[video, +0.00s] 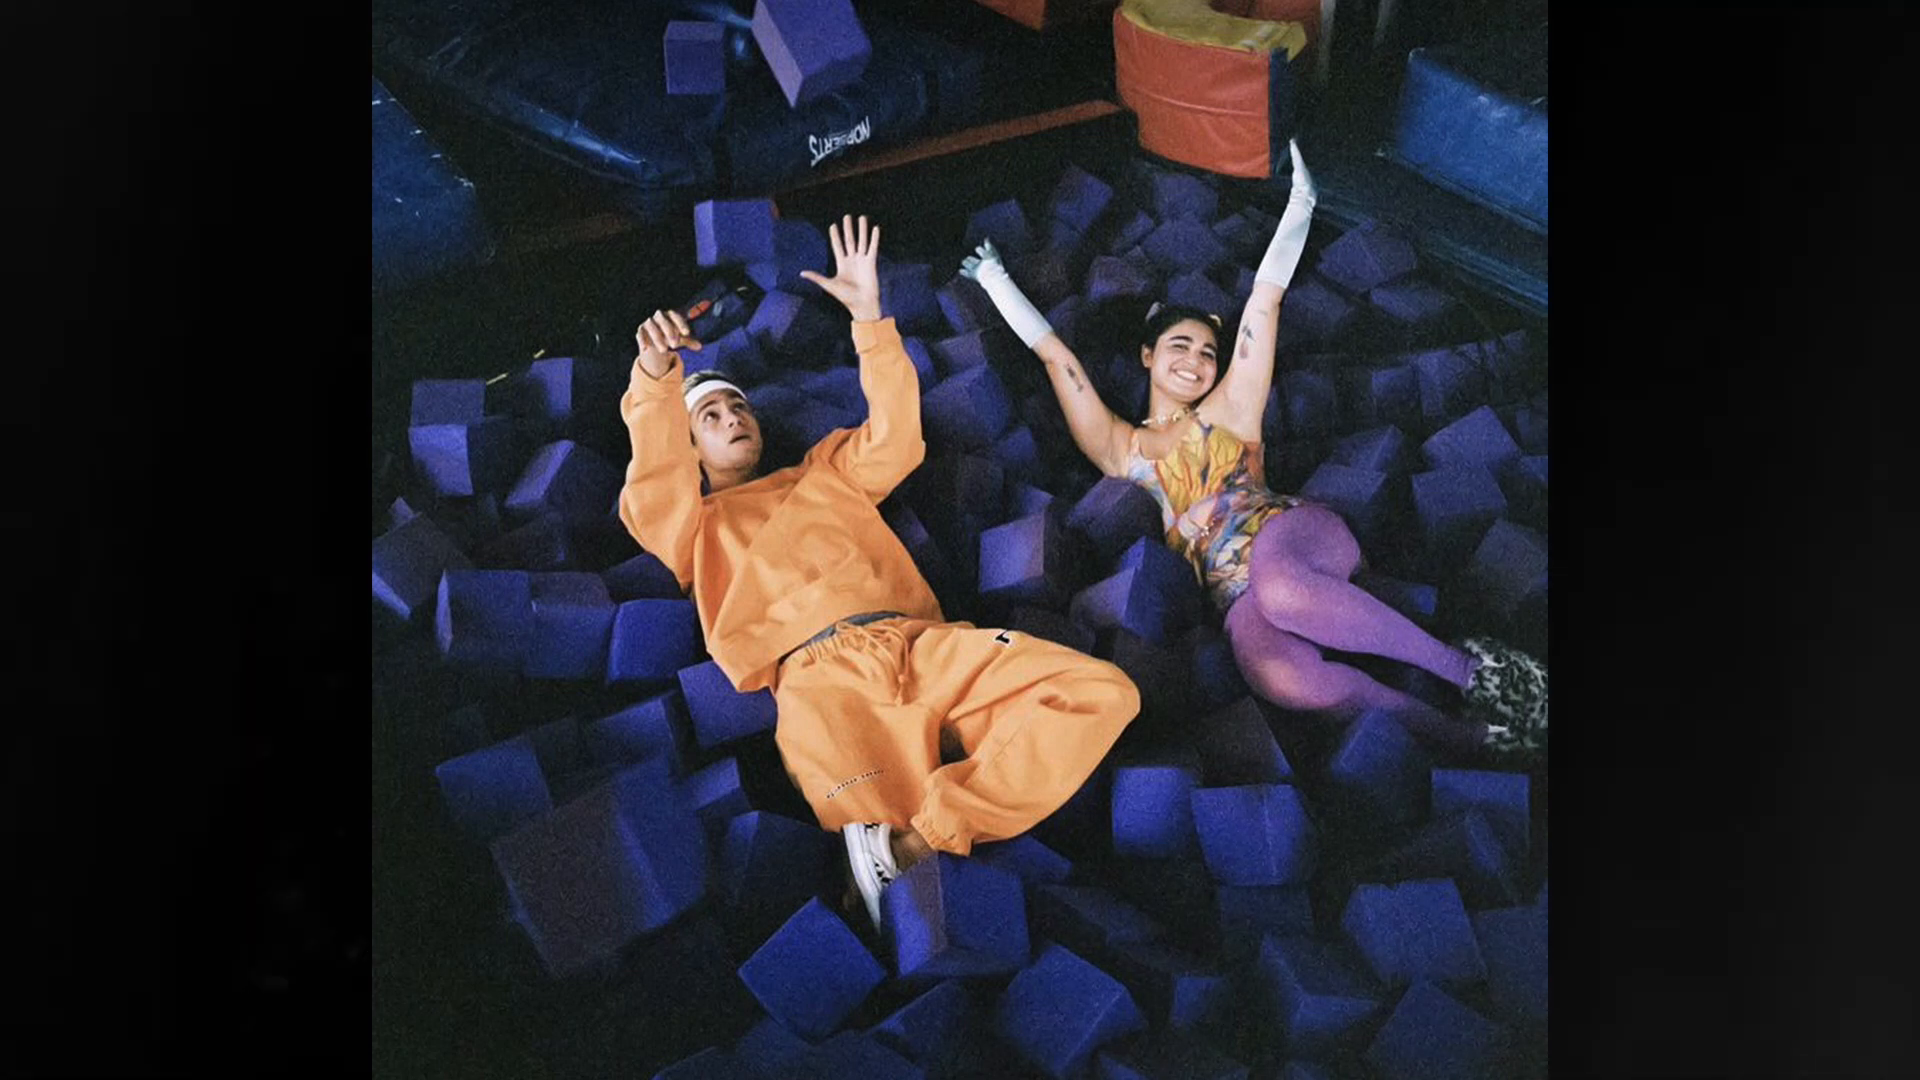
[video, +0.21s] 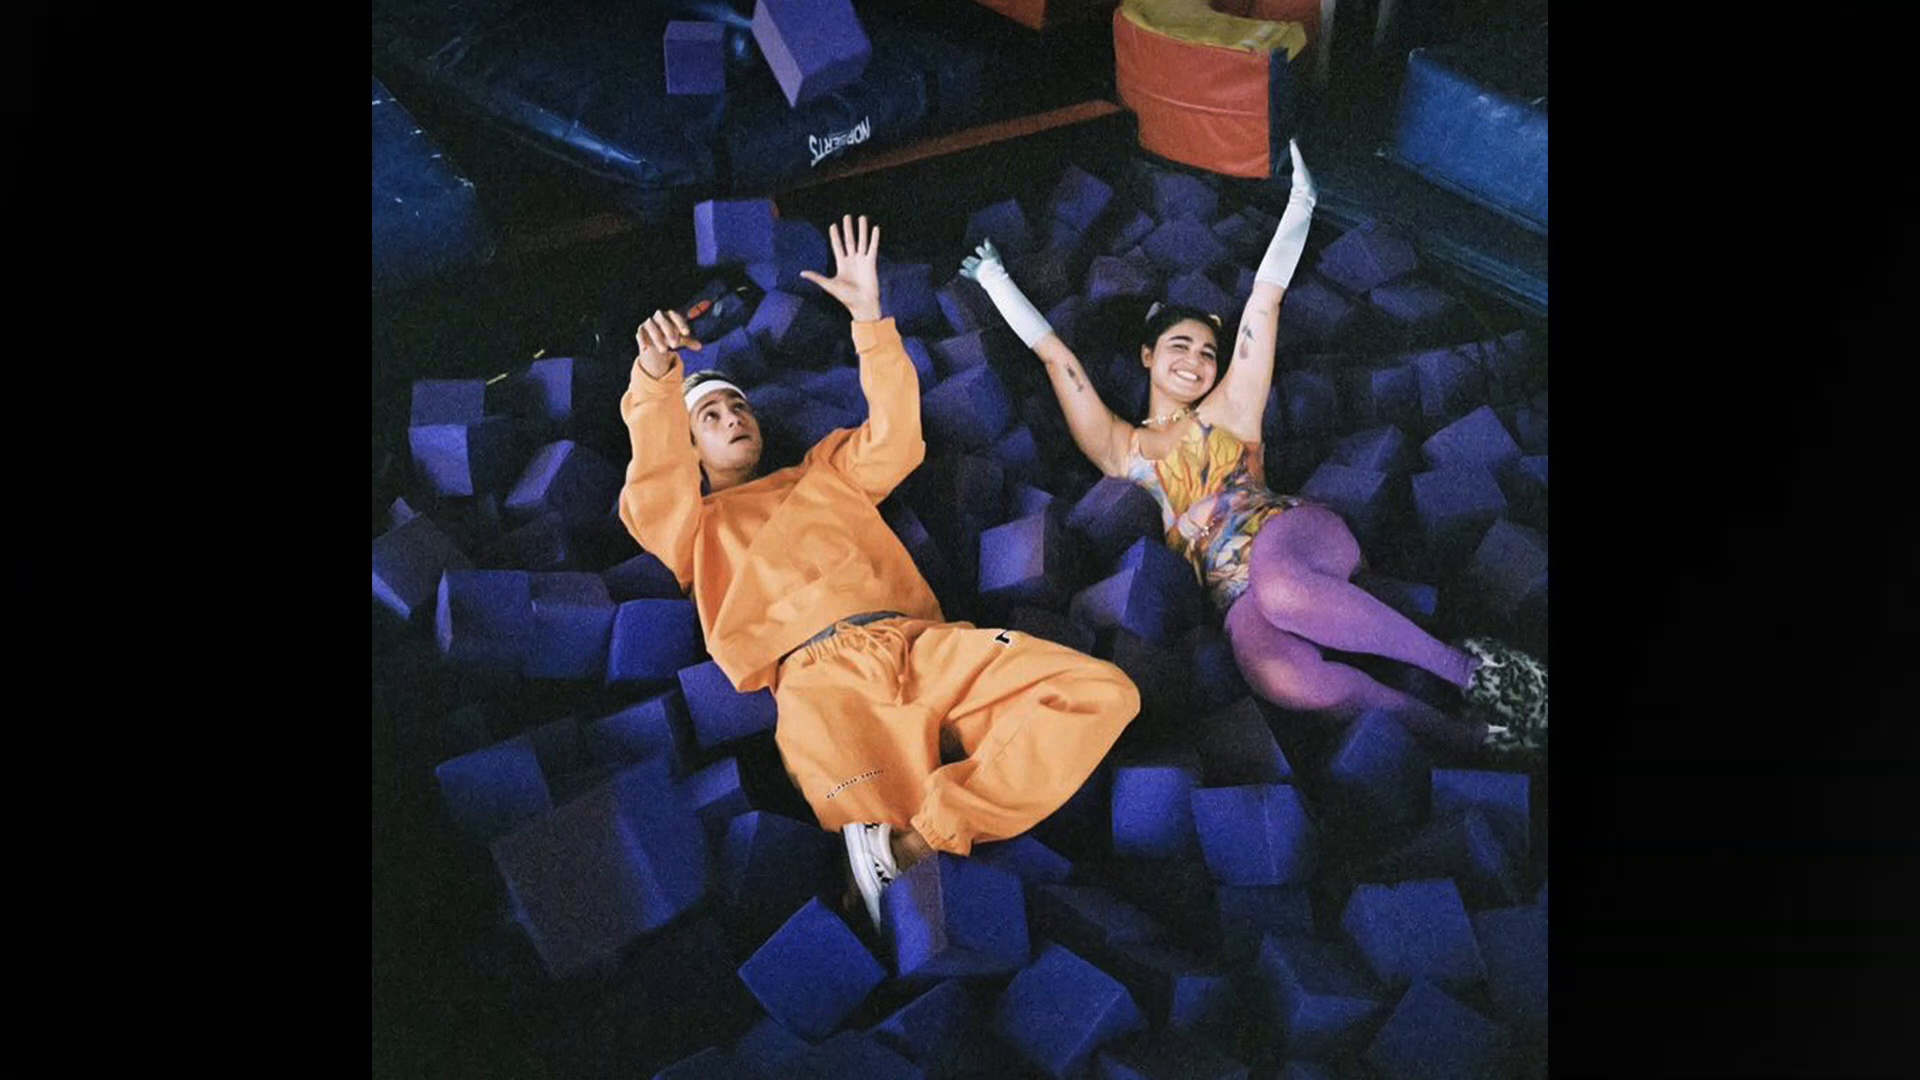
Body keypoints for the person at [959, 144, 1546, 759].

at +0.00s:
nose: (1190, 359)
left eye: (1204, 353)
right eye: (1176, 347)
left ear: (1216, 370)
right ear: (1145, 358)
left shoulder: (1230, 410)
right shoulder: (1123, 449)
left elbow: (1264, 304)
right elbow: (1058, 359)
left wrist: (1299, 208)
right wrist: (992, 277)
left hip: (1289, 532)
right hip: (1239, 597)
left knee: (1278, 592)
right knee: (1286, 680)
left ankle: (1472, 671)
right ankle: (1465, 734)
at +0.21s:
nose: (1190, 359)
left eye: (1204, 353)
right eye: (1176, 347)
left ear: (1216, 370)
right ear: (1145, 358)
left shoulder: (1230, 410)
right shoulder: (1123, 449)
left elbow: (1264, 304)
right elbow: (1058, 359)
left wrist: (1299, 208)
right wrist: (992, 277)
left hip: (1289, 532)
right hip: (1239, 597)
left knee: (1278, 592)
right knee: (1286, 680)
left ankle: (1472, 671)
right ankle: (1464, 734)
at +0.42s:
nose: (1190, 359)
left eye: (1204, 353)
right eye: (1176, 347)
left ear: (1216, 370)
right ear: (1145, 358)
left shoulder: (1230, 410)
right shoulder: (1123, 449)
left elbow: (1264, 304)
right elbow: (1058, 359)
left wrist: (1299, 208)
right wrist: (992, 277)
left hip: (1289, 532)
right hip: (1239, 597)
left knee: (1278, 592)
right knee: (1286, 680)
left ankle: (1472, 671)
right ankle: (1465, 735)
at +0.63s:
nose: (1191, 360)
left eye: (1205, 354)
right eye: (1177, 346)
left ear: (1216, 371)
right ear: (1145, 357)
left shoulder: (1230, 411)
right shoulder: (1122, 448)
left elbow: (1264, 306)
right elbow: (1058, 359)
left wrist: (1298, 209)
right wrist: (991, 278)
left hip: (1287, 531)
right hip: (1238, 596)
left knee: (1278, 593)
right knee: (1287, 680)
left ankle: (1471, 671)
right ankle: (1463, 735)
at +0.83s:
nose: (1191, 360)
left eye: (1205, 354)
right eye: (1177, 347)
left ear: (1216, 371)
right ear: (1144, 358)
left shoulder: (1230, 411)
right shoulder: (1122, 449)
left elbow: (1264, 305)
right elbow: (1058, 360)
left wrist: (1299, 208)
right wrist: (992, 278)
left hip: (1287, 530)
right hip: (1238, 596)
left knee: (1279, 593)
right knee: (1288, 681)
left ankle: (1472, 671)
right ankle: (1464, 735)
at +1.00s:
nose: (1191, 360)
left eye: (1205, 354)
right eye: (1176, 346)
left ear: (1216, 371)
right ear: (1145, 358)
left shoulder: (1230, 411)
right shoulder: (1122, 449)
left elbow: (1264, 305)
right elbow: (1058, 360)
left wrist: (1299, 208)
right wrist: (992, 278)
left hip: (1287, 530)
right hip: (1238, 596)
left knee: (1279, 593)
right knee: (1288, 681)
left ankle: (1472, 671)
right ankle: (1463, 735)